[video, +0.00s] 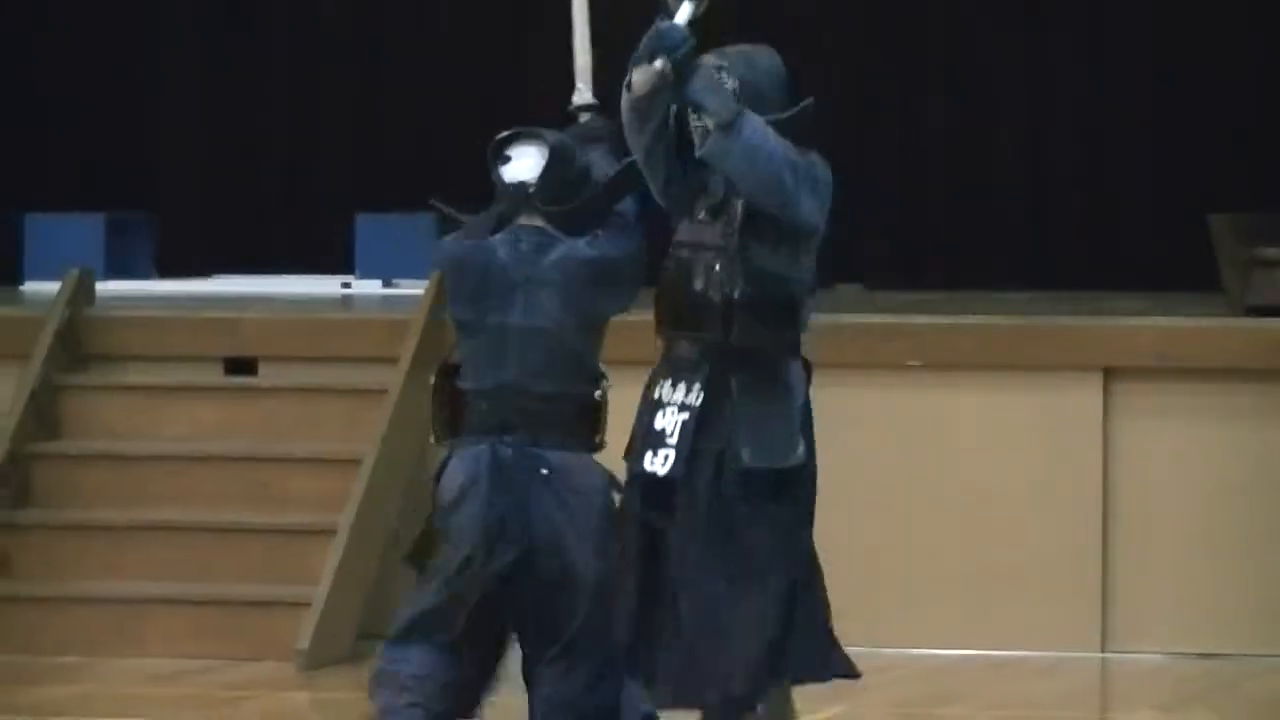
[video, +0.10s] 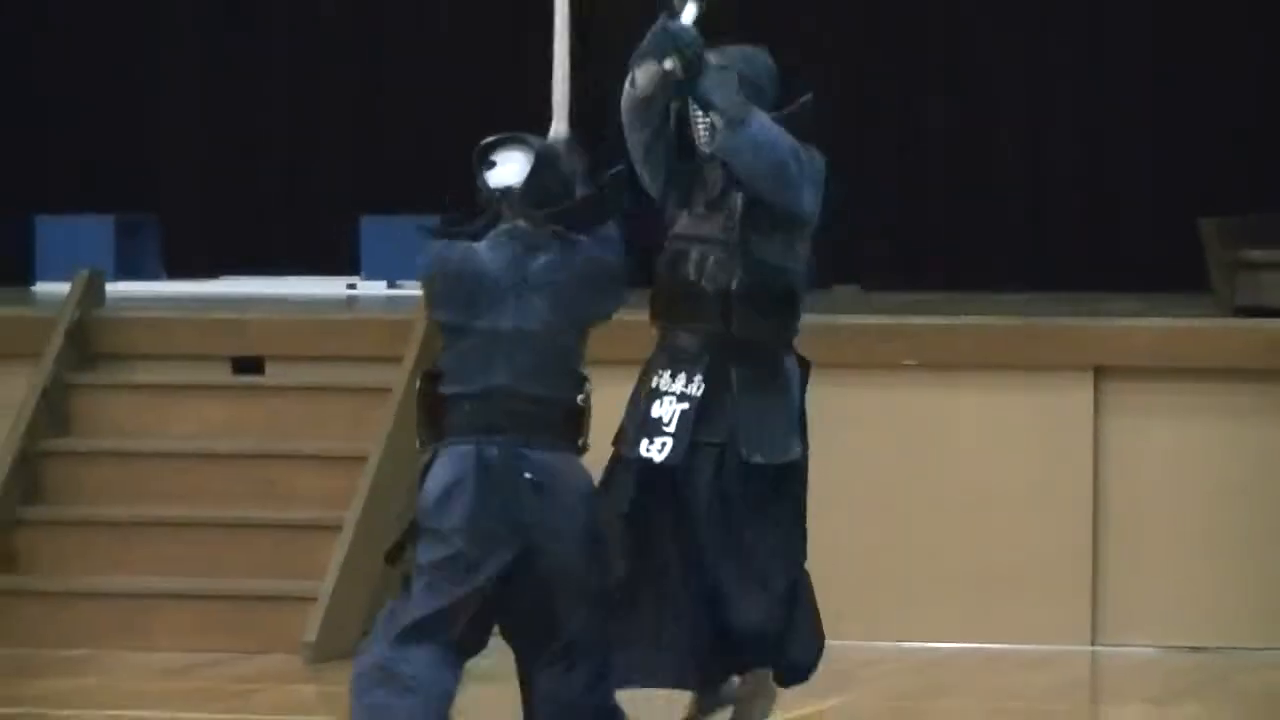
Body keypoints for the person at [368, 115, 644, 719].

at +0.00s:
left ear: (505, 202)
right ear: (566, 206)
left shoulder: (462, 261)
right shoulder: (588, 267)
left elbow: (464, 241)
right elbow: (640, 232)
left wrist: (509, 201)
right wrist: (620, 168)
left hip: (478, 460)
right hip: (568, 463)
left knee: (442, 639)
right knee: (573, 655)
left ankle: (413, 704)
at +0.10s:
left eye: (505, 184)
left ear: (496, 203)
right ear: (563, 207)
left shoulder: (450, 266)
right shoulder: (580, 274)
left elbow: (450, 240)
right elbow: (613, 258)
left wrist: (503, 212)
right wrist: (586, 198)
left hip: (465, 461)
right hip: (554, 465)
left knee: (427, 633)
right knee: (567, 647)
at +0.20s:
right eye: (542, 200)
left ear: (473, 202)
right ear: (539, 203)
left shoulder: (427, 275)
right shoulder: (559, 277)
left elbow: (425, 350)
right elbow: (593, 345)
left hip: (455, 463)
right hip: (544, 468)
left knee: (440, 630)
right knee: (560, 640)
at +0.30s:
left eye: (479, 203)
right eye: (539, 210)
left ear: (473, 211)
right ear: (541, 213)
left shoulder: (429, 285)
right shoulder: (572, 288)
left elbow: (424, 383)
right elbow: (580, 364)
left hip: (459, 466)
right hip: (547, 470)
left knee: (468, 633)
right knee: (567, 628)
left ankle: (473, 714)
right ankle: (564, 712)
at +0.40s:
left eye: (495, 203)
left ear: (490, 211)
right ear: (558, 214)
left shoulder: (450, 285)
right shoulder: (586, 292)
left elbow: (446, 376)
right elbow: (597, 367)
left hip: (484, 462)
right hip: (570, 464)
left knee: (491, 627)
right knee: (583, 620)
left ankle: (497, 712)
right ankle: (591, 713)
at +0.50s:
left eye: (521, 206)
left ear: (517, 214)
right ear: (579, 218)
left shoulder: (476, 286)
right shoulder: (603, 292)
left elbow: (471, 372)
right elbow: (619, 361)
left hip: (509, 456)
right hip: (591, 456)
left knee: (512, 617)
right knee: (608, 611)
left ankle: (512, 710)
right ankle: (616, 709)